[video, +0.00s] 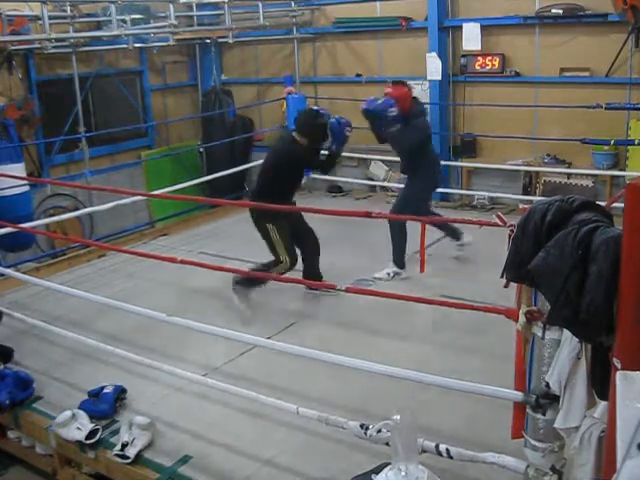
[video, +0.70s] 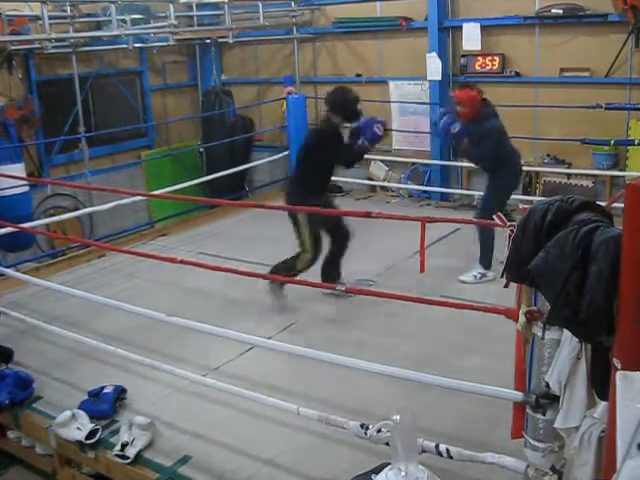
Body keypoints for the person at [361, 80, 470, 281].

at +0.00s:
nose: (394, 104)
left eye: (397, 100)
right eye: (392, 100)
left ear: (407, 99)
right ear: (393, 100)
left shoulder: (417, 118)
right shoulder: (398, 115)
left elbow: (403, 143)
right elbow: (382, 138)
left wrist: (390, 124)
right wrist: (374, 118)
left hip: (425, 173)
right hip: (417, 172)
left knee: (396, 216)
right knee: (421, 211)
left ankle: (398, 266)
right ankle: (458, 236)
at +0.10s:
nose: (408, 111)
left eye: (410, 107)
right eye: (407, 107)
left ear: (417, 107)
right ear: (419, 107)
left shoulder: (432, 129)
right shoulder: (420, 127)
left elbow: (418, 152)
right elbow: (397, 143)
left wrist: (406, 134)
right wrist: (386, 121)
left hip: (432, 186)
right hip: (432, 185)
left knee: (400, 217)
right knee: (438, 220)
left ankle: (399, 267)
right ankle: (482, 238)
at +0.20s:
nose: (418, 112)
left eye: (422, 107)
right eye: (418, 107)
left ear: (434, 109)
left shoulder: (446, 131)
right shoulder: (435, 128)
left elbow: (446, 162)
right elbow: (418, 146)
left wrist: (425, 141)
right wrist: (406, 129)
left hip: (449, 187)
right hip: (448, 185)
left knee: (415, 218)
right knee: (460, 224)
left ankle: (400, 267)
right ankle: (500, 246)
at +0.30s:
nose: (434, 111)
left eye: (438, 107)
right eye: (433, 107)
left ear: (449, 107)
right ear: (435, 108)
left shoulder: (464, 129)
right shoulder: (448, 125)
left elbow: (471, 161)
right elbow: (435, 144)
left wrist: (445, 157)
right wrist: (420, 129)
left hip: (468, 184)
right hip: (464, 183)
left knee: (438, 221)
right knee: (478, 222)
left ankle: (411, 263)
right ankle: (510, 251)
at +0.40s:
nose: (442, 109)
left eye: (446, 105)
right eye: (441, 105)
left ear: (457, 104)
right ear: (442, 105)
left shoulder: (472, 126)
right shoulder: (450, 120)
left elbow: (479, 158)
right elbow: (444, 139)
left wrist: (455, 157)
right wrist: (429, 125)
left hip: (480, 175)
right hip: (473, 173)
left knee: (451, 215)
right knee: (482, 216)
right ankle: (512, 249)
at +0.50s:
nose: (446, 107)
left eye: (449, 103)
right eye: (445, 103)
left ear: (461, 102)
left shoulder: (476, 121)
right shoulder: (462, 115)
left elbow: (479, 153)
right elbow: (448, 125)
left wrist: (457, 149)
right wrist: (435, 120)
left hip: (489, 170)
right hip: (488, 167)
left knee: (464, 213)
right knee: (490, 210)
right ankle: (513, 252)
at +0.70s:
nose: (459, 111)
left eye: (463, 107)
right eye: (457, 106)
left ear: (474, 106)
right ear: (458, 106)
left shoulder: (488, 126)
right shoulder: (476, 116)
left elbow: (483, 158)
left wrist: (461, 140)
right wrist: (453, 126)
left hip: (506, 171)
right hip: (500, 168)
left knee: (483, 217)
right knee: (498, 210)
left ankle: (485, 267)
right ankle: (524, 246)